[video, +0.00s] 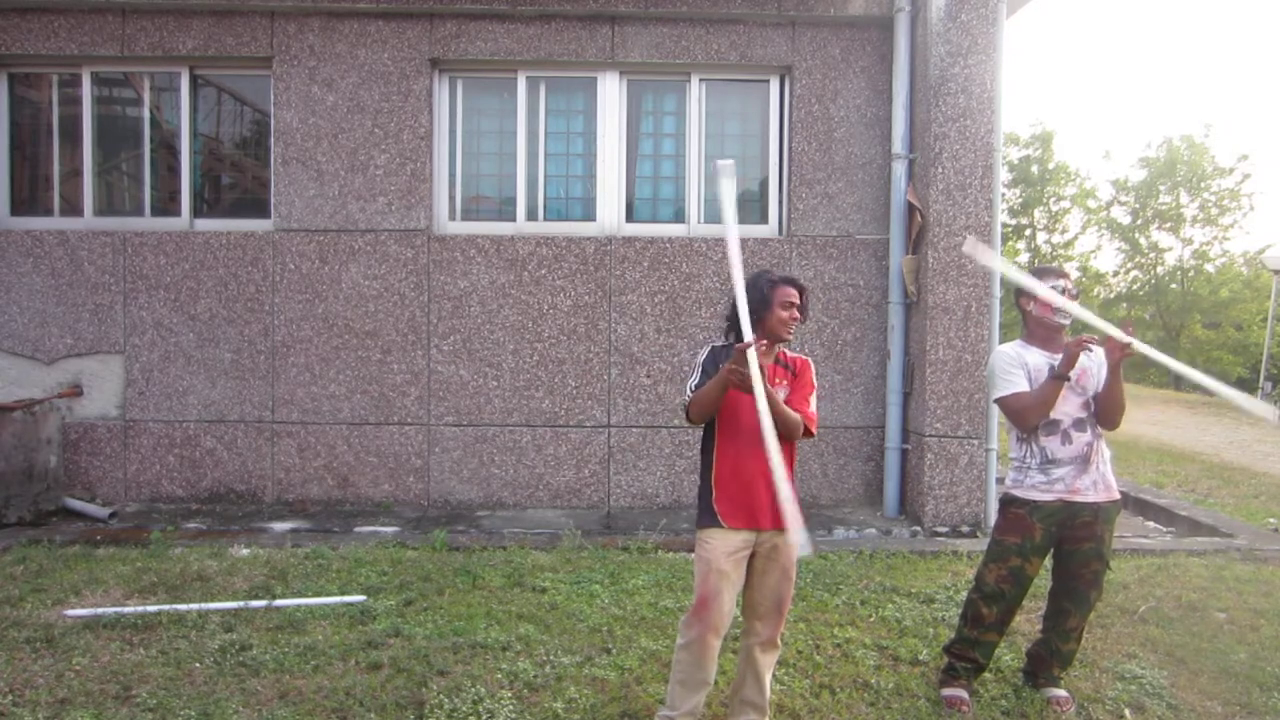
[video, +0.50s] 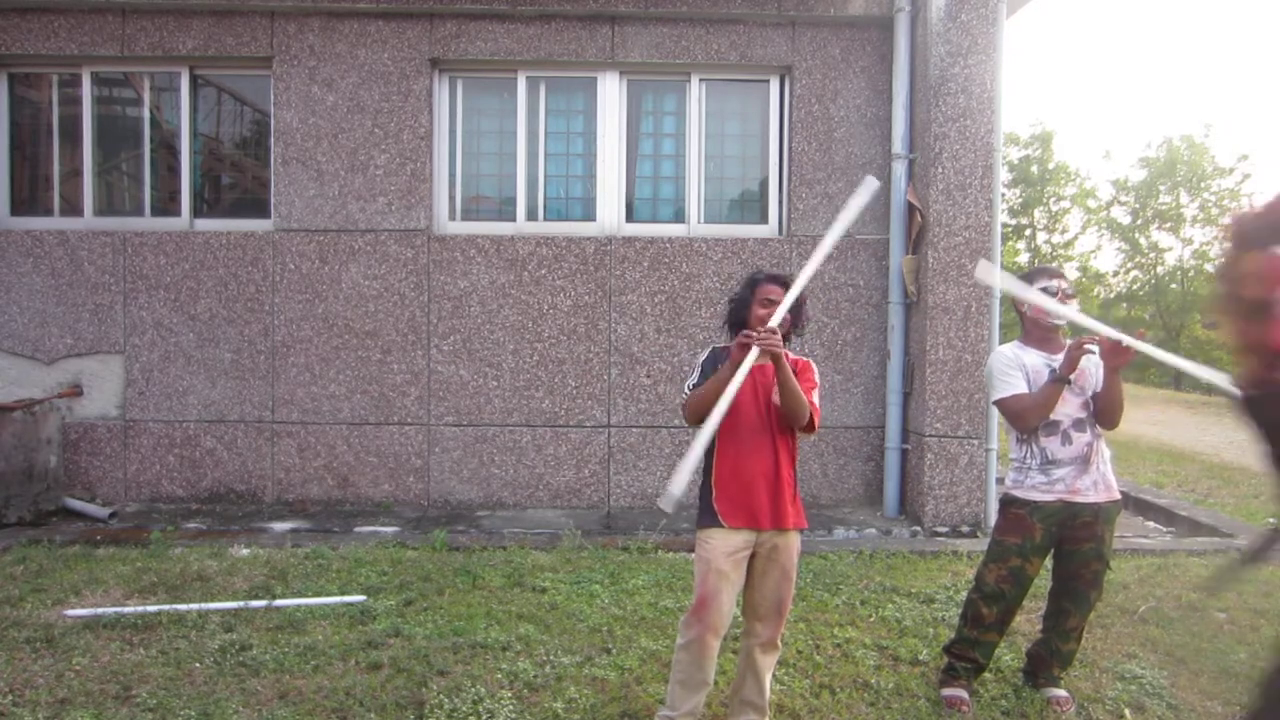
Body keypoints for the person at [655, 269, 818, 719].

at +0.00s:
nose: (796, 316)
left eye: (799, 309)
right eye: (787, 306)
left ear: (796, 317)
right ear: (757, 308)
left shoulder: (799, 366)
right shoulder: (718, 357)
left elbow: (796, 431)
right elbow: (694, 414)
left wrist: (765, 388)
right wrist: (728, 374)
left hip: (780, 518)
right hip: (724, 516)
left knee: (766, 632)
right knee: (708, 621)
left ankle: (749, 714)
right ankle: (677, 713)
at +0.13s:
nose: (794, 315)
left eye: (798, 308)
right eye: (785, 305)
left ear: (799, 318)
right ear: (755, 306)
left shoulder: (800, 367)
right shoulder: (718, 356)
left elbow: (794, 430)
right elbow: (693, 414)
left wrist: (765, 384)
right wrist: (730, 370)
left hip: (780, 517)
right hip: (724, 516)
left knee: (766, 632)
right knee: (707, 622)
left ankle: (749, 714)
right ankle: (678, 713)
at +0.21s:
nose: (793, 315)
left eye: (797, 308)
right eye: (784, 305)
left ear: (799, 317)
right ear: (754, 306)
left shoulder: (800, 369)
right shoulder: (720, 356)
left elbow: (795, 429)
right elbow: (693, 414)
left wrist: (766, 379)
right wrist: (734, 369)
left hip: (780, 517)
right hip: (724, 515)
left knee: (766, 632)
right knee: (707, 621)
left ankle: (749, 714)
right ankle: (678, 713)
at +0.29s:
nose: (790, 314)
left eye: (795, 308)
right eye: (781, 304)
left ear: (797, 318)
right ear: (752, 307)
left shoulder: (801, 367)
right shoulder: (719, 358)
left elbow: (796, 428)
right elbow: (693, 414)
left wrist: (773, 373)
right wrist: (733, 368)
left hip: (780, 517)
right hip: (724, 515)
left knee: (766, 632)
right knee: (706, 621)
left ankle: (749, 714)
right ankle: (677, 714)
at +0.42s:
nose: (778, 313)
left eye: (786, 307)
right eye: (769, 304)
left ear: (792, 316)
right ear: (747, 308)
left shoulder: (801, 367)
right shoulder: (720, 358)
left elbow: (800, 423)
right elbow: (693, 414)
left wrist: (779, 364)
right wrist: (735, 363)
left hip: (781, 518)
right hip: (723, 517)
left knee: (766, 633)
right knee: (706, 623)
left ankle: (749, 714)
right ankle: (677, 714)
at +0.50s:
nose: (774, 314)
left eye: (783, 308)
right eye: (766, 304)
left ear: (791, 318)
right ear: (744, 310)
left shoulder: (801, 367)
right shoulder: (719, 358)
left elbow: (804, 421)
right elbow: (692, 414)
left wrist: (781, 362)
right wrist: (735, 364)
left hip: (781, 518)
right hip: (724, 517)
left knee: (766, 633)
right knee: (706, 623)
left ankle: (749, 714)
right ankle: (678, 714)